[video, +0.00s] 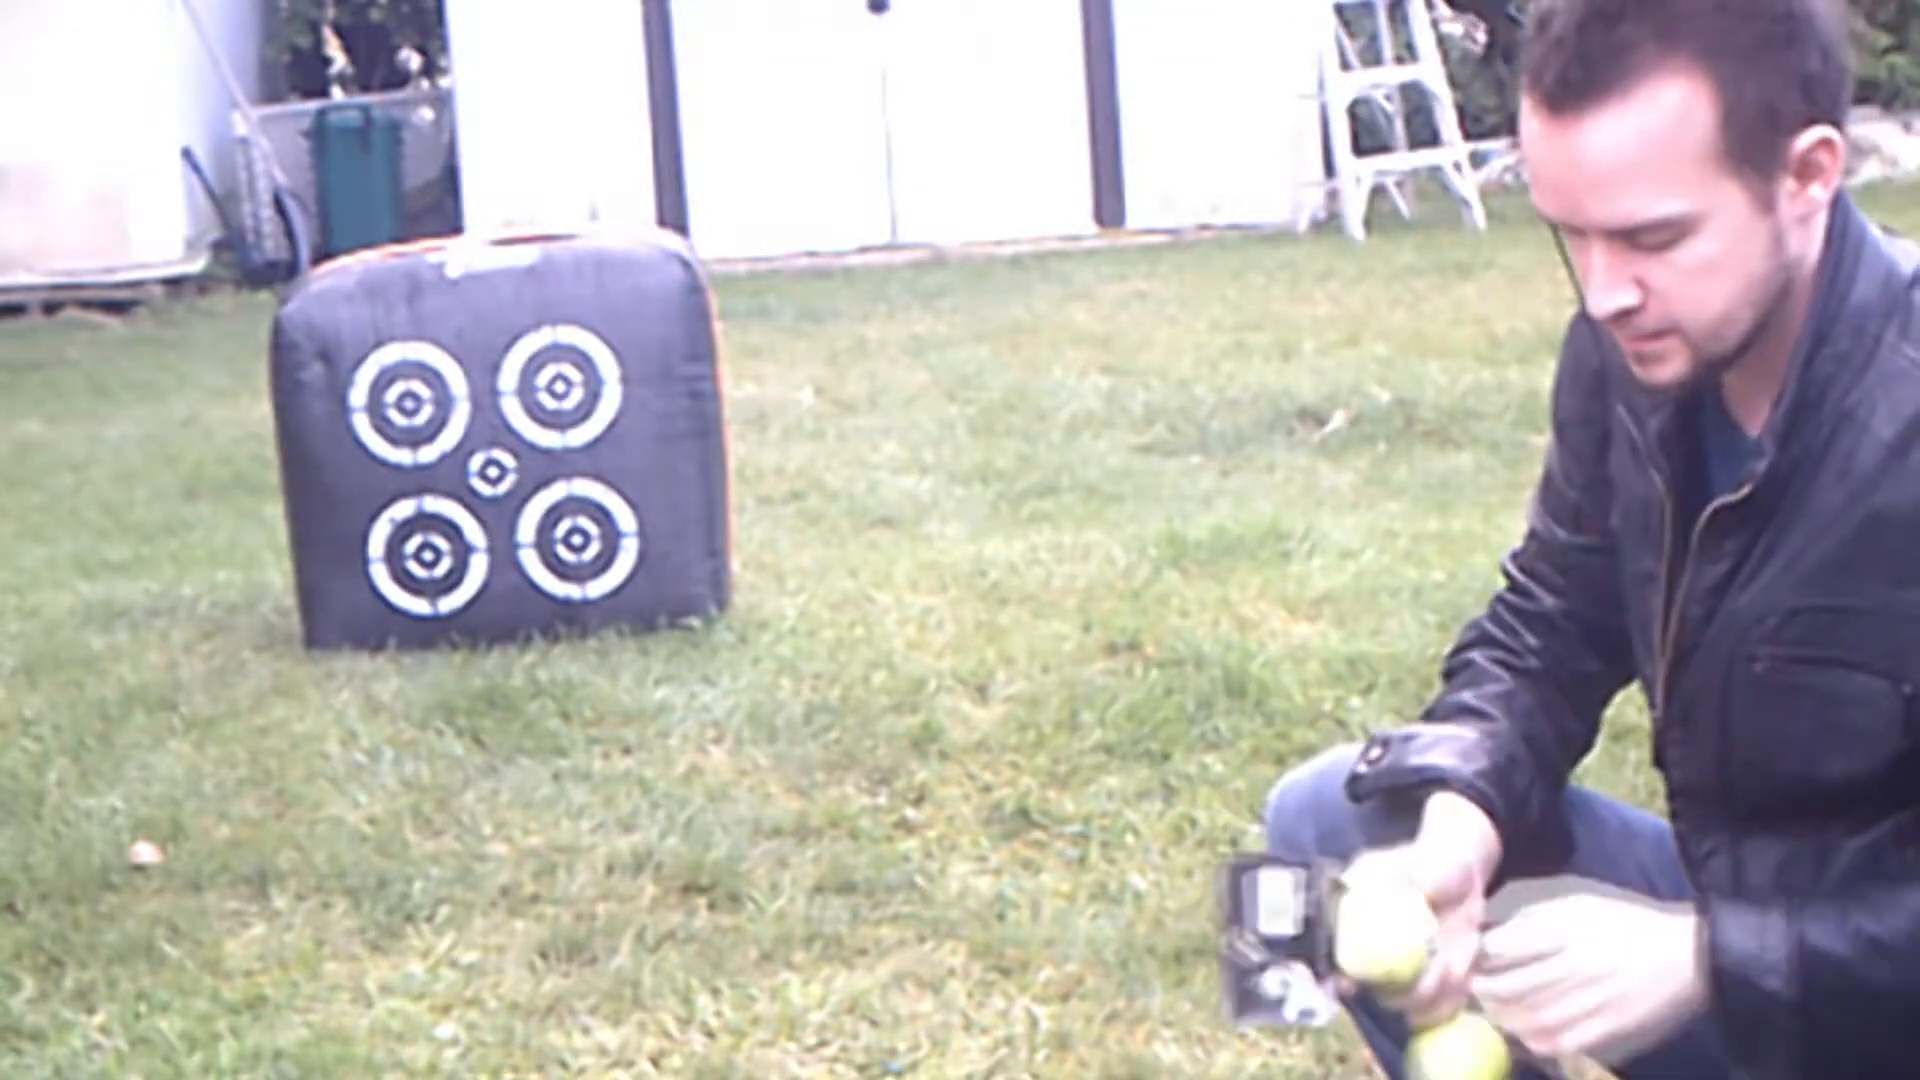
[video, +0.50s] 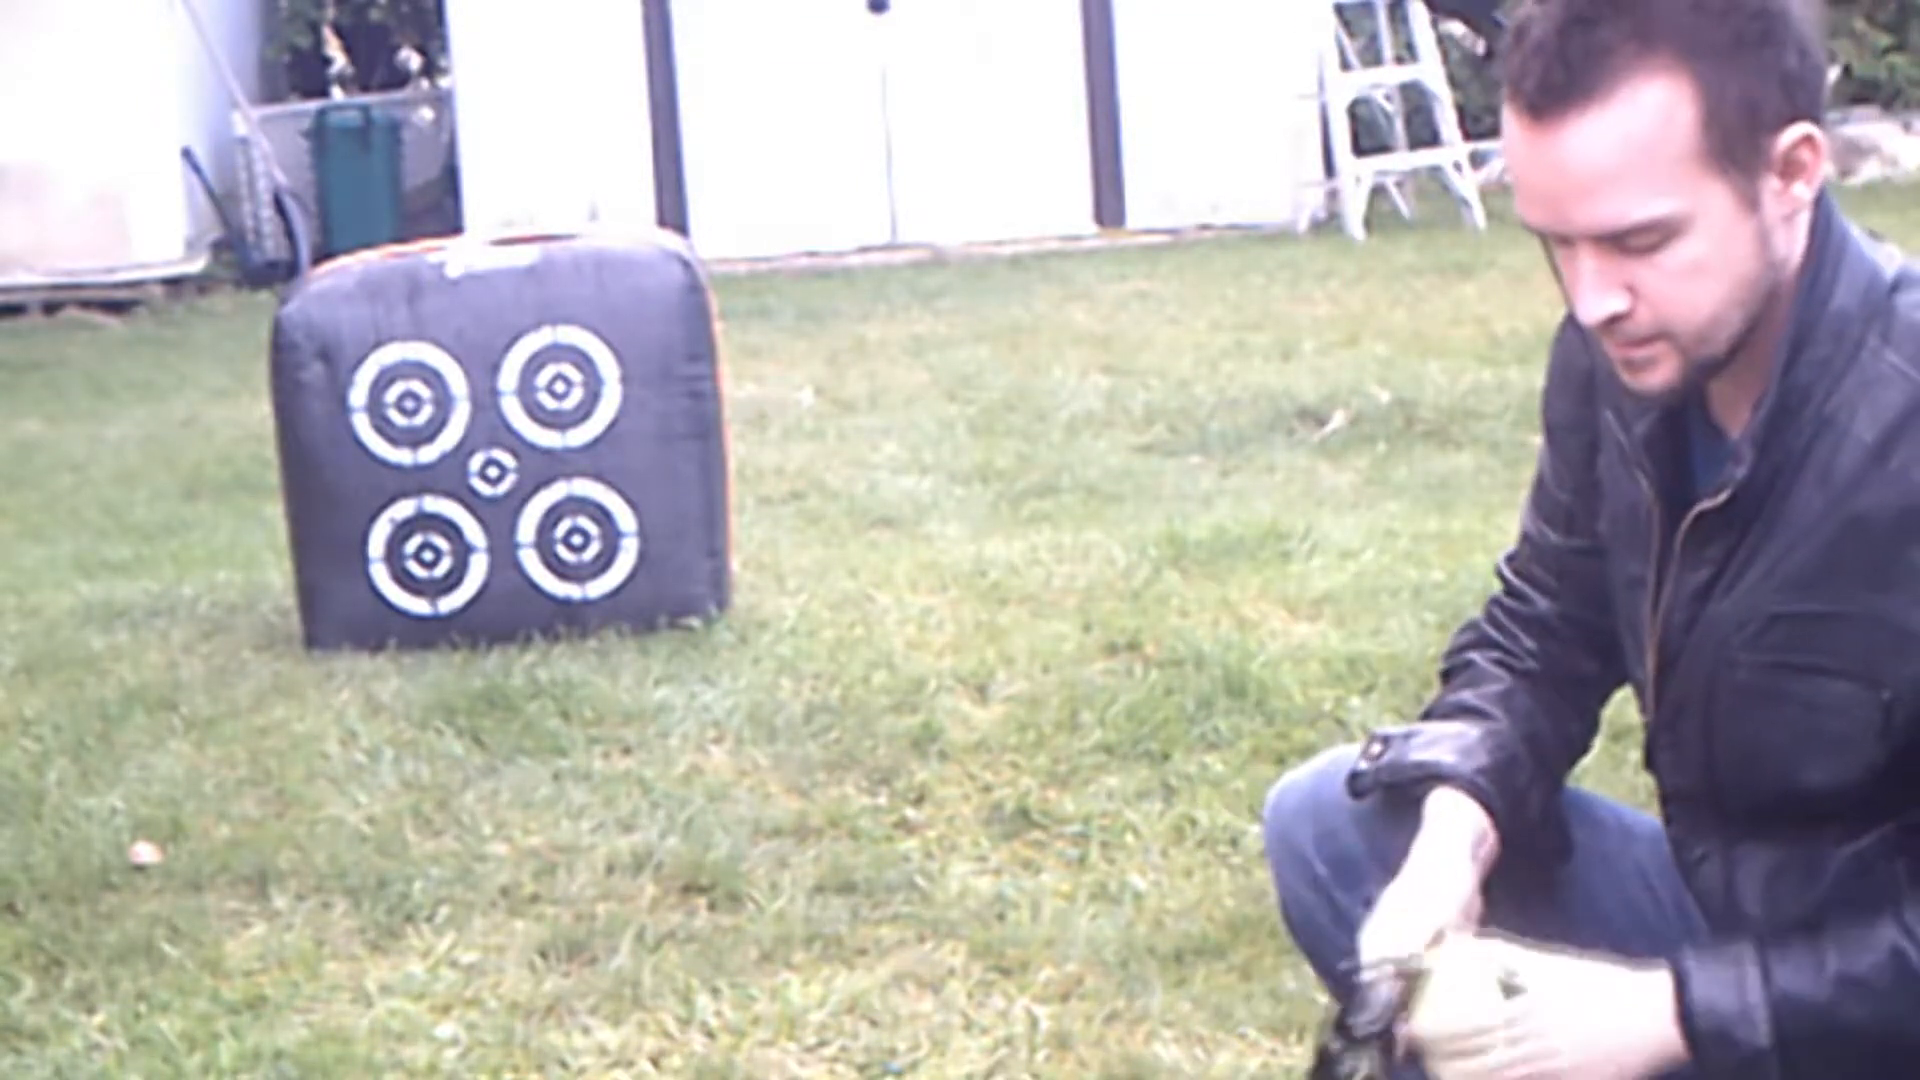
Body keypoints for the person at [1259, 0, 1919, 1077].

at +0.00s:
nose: (1605, 296)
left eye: (1653, 239)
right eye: (1571, 237)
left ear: (1809, 184)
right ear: (1545, 197)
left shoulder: (1899, 423)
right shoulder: (1622, 349)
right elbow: (1553, 617)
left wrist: (1715, 953)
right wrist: (1464, 807)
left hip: (1877, 1005)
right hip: (1717, 905)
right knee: (1336, 813)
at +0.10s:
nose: (1606, 294)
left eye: (1655, 238)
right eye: (1571, 235)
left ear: (1811, 179)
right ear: (1545, 195)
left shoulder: (1900, 421)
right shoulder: (1622, 349)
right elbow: (1551, 616)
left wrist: (1668, 939)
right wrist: (1461, 823)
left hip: (1876, 1019)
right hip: (1710, 925)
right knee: (1336, 817)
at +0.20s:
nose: (1605, 293)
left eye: (1653, 236)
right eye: (1569, 234)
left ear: (1809, 177)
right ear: (1543, 194)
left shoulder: (1899, 418)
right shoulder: (1621, 347)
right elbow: (1553, 613)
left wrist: (1652, 950)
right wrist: (1460, 826)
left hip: (1878, 1012)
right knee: (1333, 820)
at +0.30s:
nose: (1599, 297)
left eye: (1646, 240)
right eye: (1562, 239)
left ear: (1801, 180)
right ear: (1538, 198)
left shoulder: (1899, 417)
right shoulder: (1617, 349)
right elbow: (1552, 612)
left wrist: (1660, 970)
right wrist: (1464, 813)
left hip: (1877, 992)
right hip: (1706, 905)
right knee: (1332, 820)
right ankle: (1500, 1063)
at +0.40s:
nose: (1593, 301)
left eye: (1641, 242)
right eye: (1557, 243)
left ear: (1795, 180)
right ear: (1533, 198)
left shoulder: (1899, 418)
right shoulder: (1613, 350)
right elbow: (1547, 616)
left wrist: (1670, 989)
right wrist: (1458, 826)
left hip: (1878, 982)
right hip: (1704, 907)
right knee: (1332, 821)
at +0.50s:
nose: (1593, 302)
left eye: (1640, 243)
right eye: (1555, 246)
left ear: (1792, 180)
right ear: (1530, 203)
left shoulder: (1898, 420)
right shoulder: (1609, 353)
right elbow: (1547, 620)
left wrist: (1678, 1017)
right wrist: (1457, 824)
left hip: (1878, 983)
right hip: (1705, 910)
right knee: (1331, 822)